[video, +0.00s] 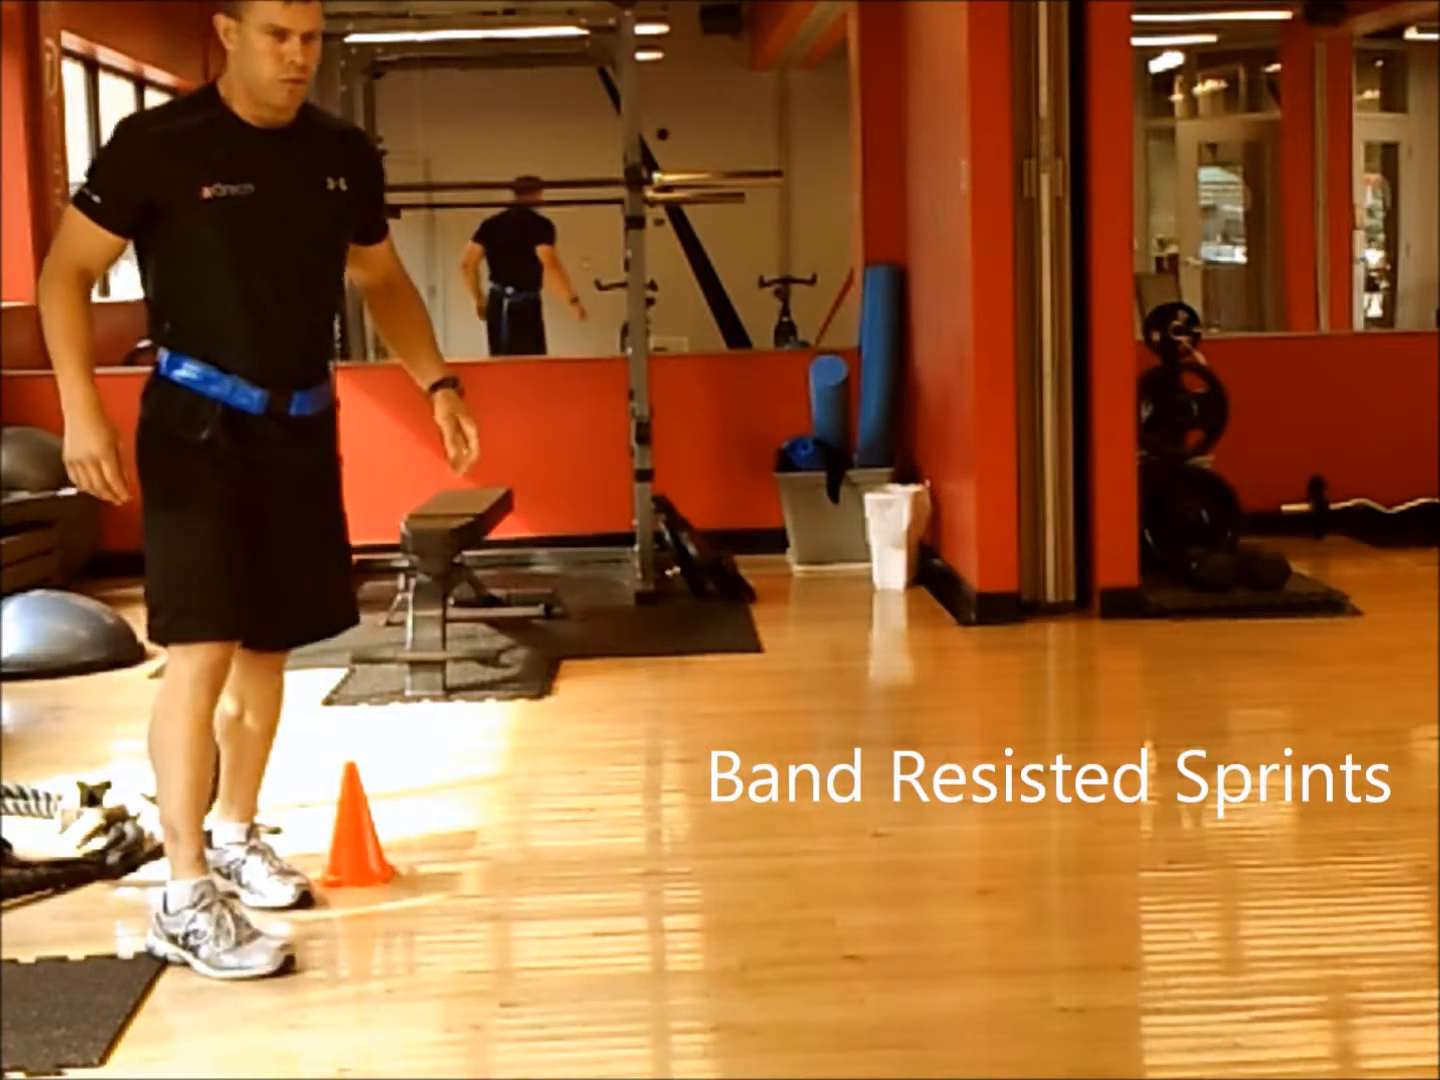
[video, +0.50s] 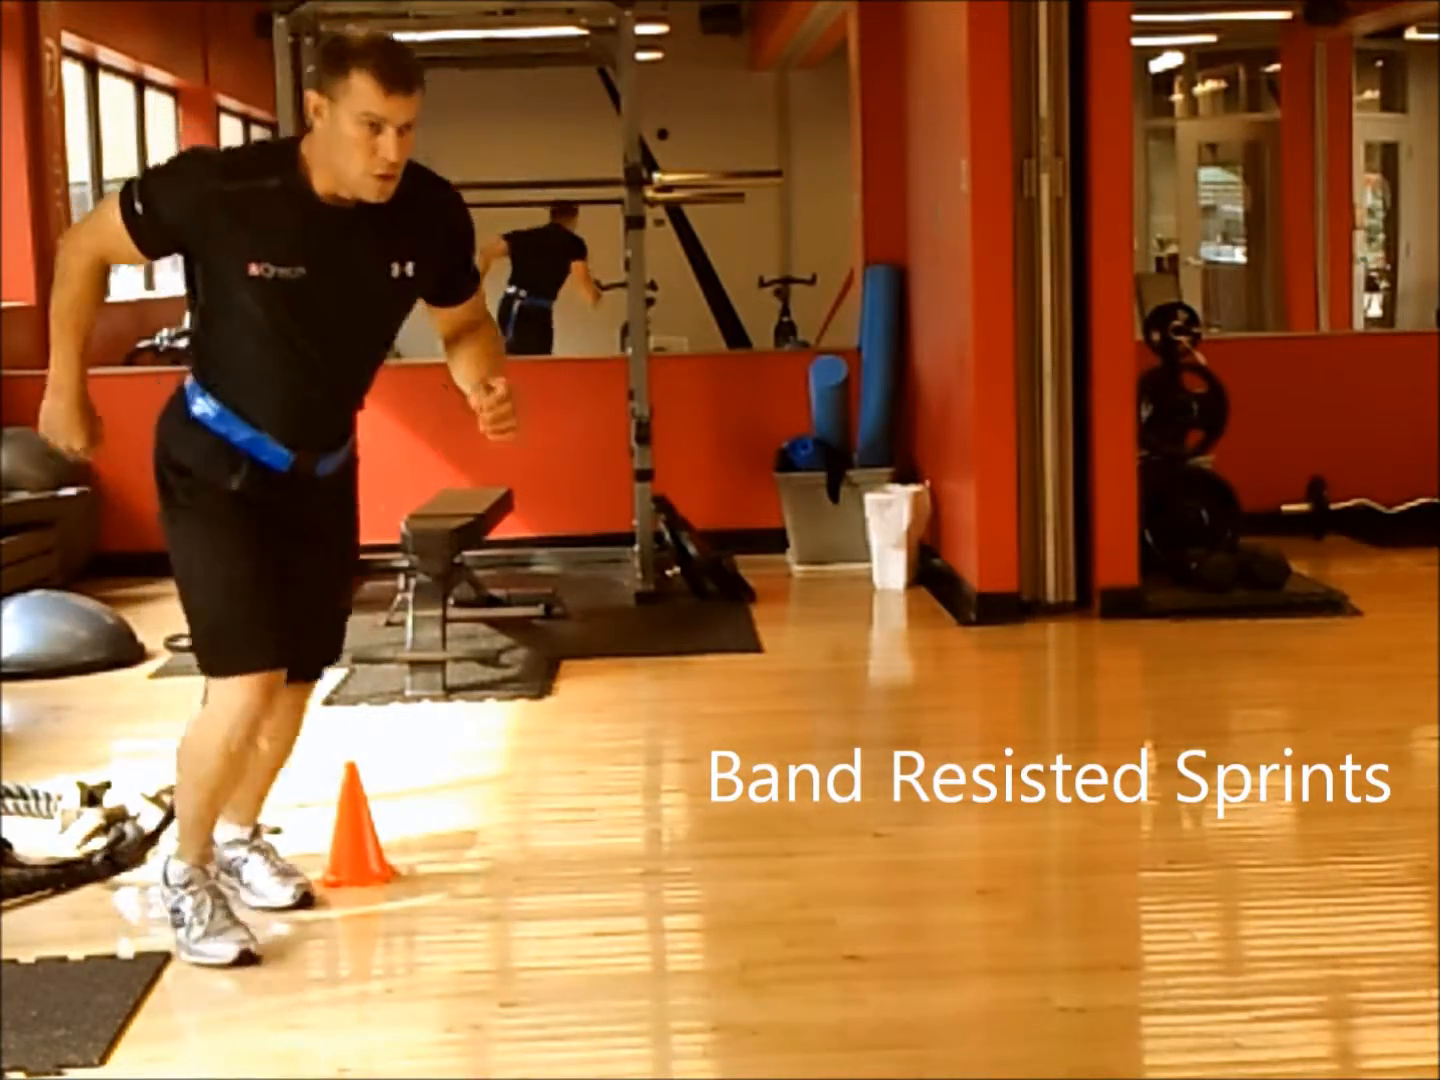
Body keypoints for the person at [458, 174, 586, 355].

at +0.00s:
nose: (541, 198)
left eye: (540, 193)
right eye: (539, 193)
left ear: (516, 194)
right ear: (534, 195)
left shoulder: (492, 223)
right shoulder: (540, 225)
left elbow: (468, 264)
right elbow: (550, 265)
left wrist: (478, 299)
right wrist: (571, 298)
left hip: (497, 299)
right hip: (526, 301)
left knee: (501, 359)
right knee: (532, 359)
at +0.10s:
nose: (545, 199)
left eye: (544, 194)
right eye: (543, 194)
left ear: (520, 195)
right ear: (538, 196)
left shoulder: (495, 224)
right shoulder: (545, 226)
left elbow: (470, 264)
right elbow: (552, 266)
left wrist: (481, 298)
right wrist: (572, 300)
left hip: (497, 300)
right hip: (527, 302)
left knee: (499, 360)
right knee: (531, 360)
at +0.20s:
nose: (551, 202)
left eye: (550, 197)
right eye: (550, 197)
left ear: (527, 196)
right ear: (547, 199)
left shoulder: (500, 224)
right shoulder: (550, 230)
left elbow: (473, 262)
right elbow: (557, 268)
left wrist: (478, 301)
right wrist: (572, 304)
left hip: (498, 300)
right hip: (528, 303)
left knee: (501, 359)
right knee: (531, 360)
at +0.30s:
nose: (557, 210)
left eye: (555, 204)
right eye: (556, 205)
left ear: (535, 203)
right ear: (554, 206)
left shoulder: (506, 227)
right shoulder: (557, 235)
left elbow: (473, 259)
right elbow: (564, 273)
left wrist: (473, 301)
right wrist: (579, 305)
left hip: (499, 301)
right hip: (529, 306)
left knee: (510, 363)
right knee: (530, 364)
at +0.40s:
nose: (566, 217)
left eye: (566, 213)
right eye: (566, 213)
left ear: (544, 210)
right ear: (561, 212)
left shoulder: (517, 229)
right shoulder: (564, 237)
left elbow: (476, 252)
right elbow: (573, 272)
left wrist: (469, 294)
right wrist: (587, 297)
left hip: (503, 305)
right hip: (531, 309)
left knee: (516, 363)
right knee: (529, 365)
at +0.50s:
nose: (575, 223)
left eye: (574, 218)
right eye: (574, 218)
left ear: (552, 216)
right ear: (572, 218)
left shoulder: (527, 235)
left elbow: (487, 251)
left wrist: (477, 287)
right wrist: (595, 288)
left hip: (509, 306)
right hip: (537, 312)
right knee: (538, 369)